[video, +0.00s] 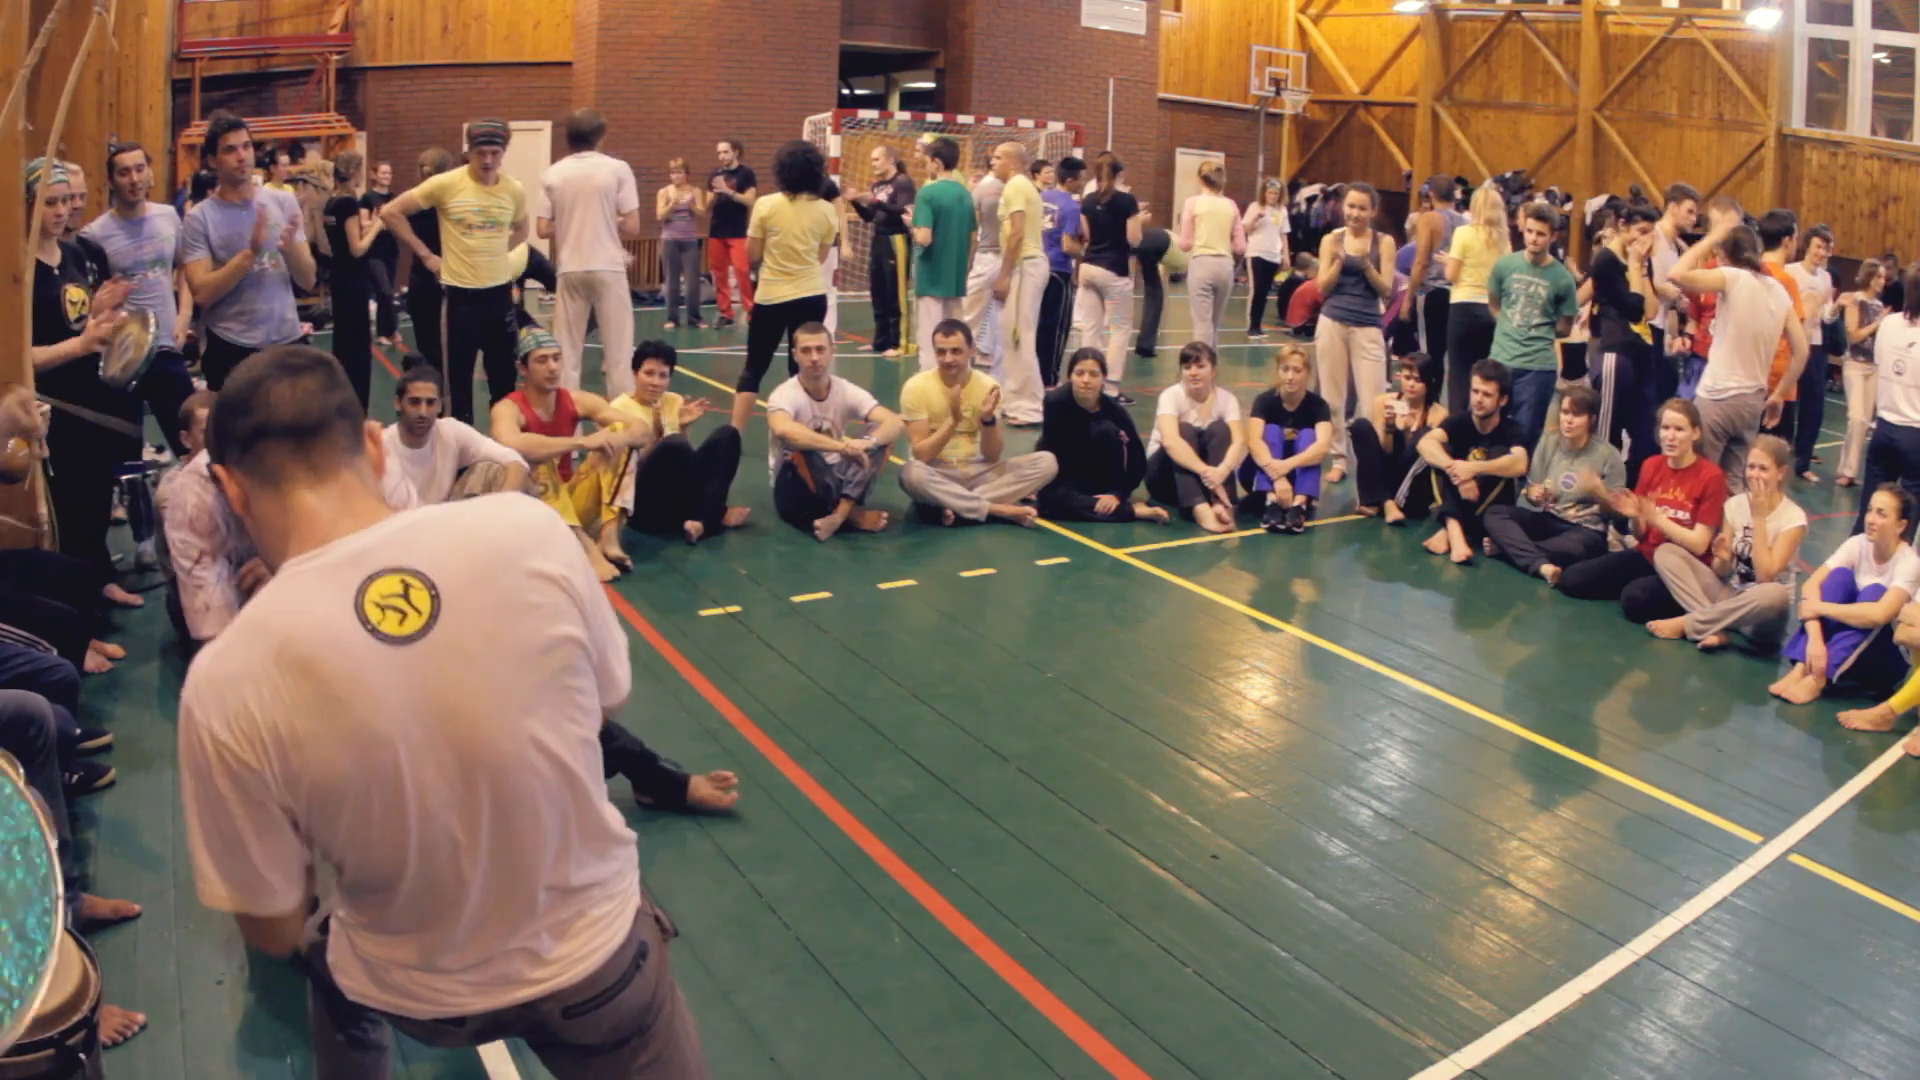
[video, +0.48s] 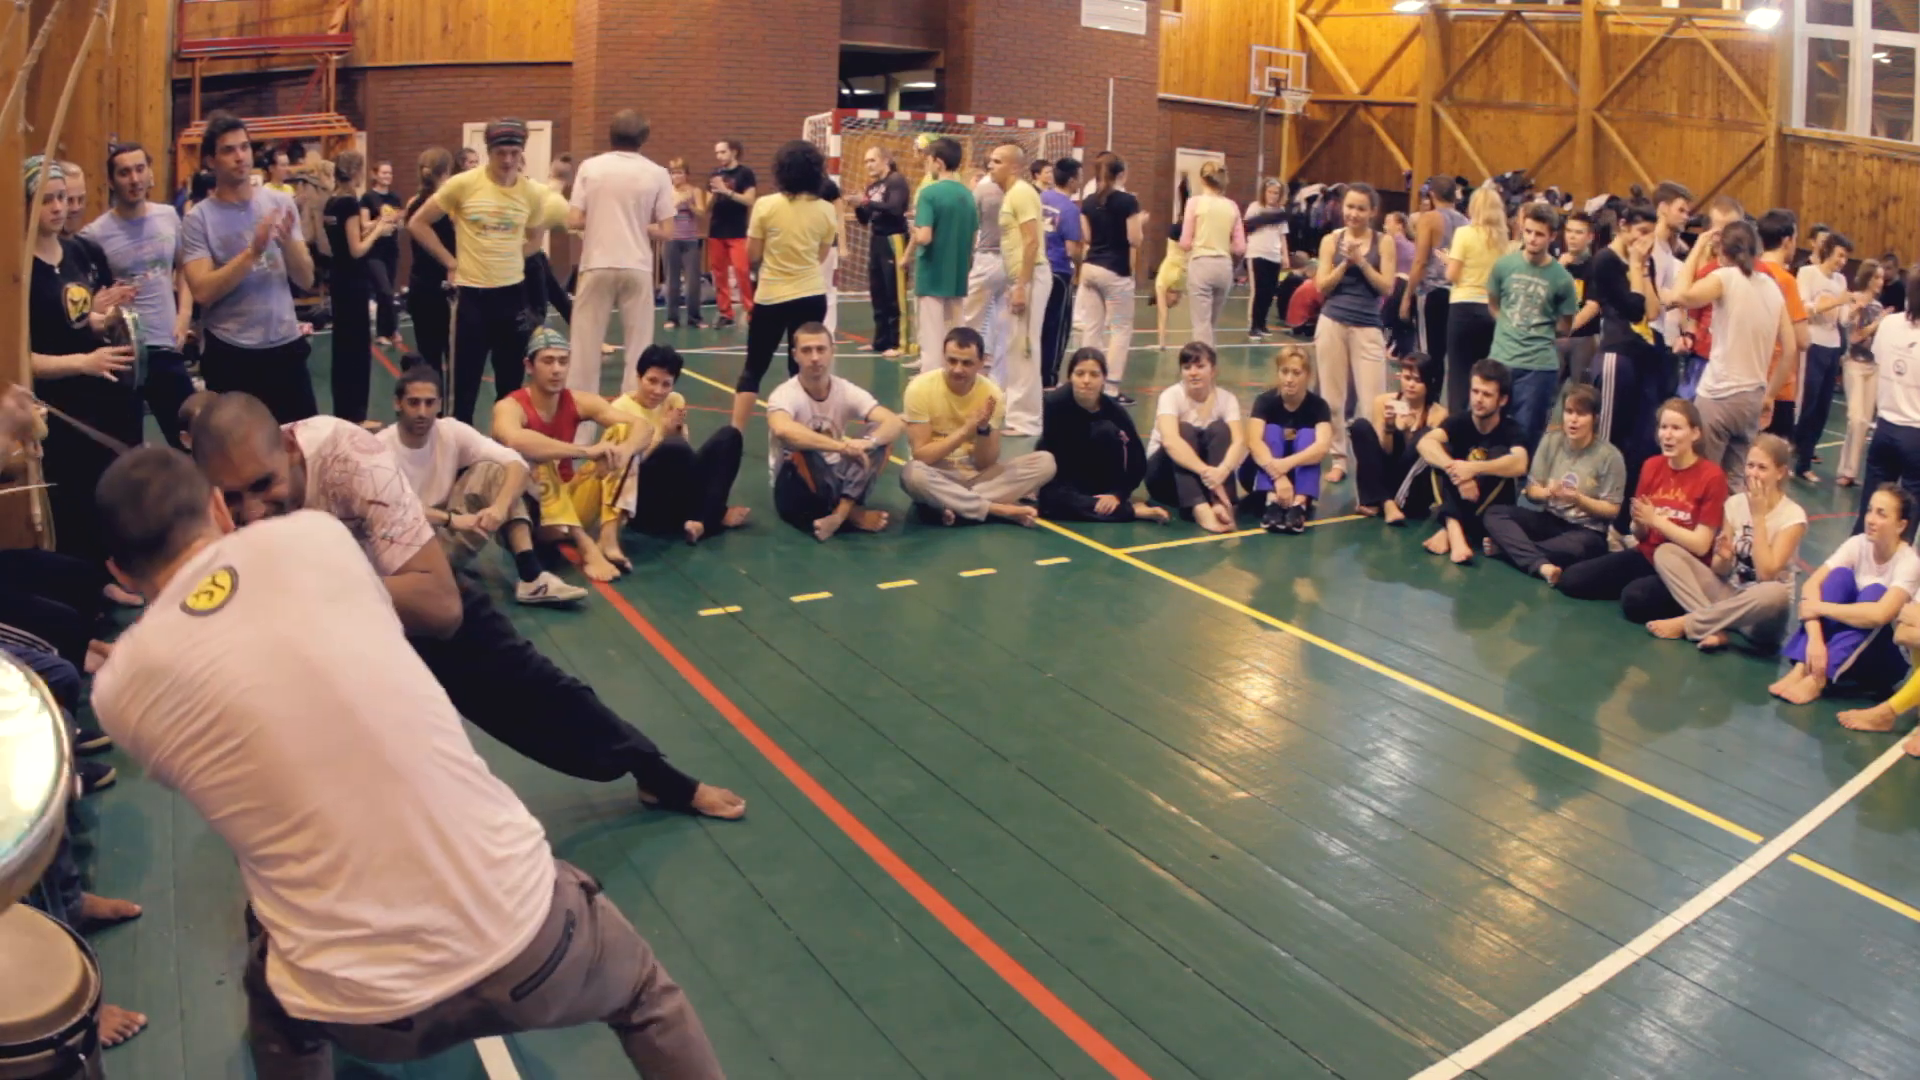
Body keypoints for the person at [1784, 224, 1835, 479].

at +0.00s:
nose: (1821, 253)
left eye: (1826, 249)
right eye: (1817, 247)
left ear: (1829, 252)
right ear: (1806, 247)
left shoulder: (1825, 277)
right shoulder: (1790, 272)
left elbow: (1825, 316)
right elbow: (1780, 306)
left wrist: (1836, 307)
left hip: (1816, 342)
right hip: (1791, 340)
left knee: (1813, 404)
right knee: (1786, 400)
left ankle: (1803, 463)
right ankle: (1780, 456)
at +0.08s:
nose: (1825, 253)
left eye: (1829, 248)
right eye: (1821, 247)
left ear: (1832, 252)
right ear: (1810, 247)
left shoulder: (1830, 277)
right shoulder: (1794, 272)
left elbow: (1828, 317)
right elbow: (1795, 311)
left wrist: (1837, 307)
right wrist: (1830, 303)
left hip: (1819, 343)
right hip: (1795, 341)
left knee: (1814, 405)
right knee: (1788, 401)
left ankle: (1803, 461)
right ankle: (1781, 456)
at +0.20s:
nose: (1832, 254)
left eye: (1836, 249)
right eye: (1828, 247)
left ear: (1838, 253)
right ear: (1816, 247)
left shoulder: (1834, 279)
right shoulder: (1799, 272)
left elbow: (1836, 316)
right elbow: (1796, 309)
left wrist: (1844, 306)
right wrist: (1825, 299)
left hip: (1823, 343)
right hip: (1800, 341)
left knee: (1816, 406)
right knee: (1792, 401)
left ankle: (1803, 461)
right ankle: (1781, 455)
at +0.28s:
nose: (1835, 255)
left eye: (1838, 251)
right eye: (1831, 249)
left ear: (1840, 255)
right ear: (1819, 249)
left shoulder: (1837, 280)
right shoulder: (1802, 273)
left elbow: (1838, 316)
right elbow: (1804, 313)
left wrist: (1848, 307)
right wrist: (1828, 300)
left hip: (1827, 345)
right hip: (1805, 343)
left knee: (1818, 406)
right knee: (1799, 402)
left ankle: (1804, 461)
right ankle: (1786, 454)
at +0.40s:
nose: (1840, 258)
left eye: (1842, 254)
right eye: (1836, 252)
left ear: (1843, 257)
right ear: (1824, 251)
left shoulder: (1840, 279)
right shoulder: (1806, 272)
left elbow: (1841, 317)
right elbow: (1808, 308)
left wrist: (1853, 306)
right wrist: (1843, 302)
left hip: (1831, 344)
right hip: (1811, 342)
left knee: (1822, 404)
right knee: (1807, 403)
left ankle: (1807, 453)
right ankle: (1801, 459)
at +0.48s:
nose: (1842, 262)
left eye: (1845, 258)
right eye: (1839, 256)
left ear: (1845, 258)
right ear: (1827, 253)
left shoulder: (1841, 280)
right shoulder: (1807, 273)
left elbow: (1842, 317)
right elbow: (1807, 307)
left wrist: (1854, 307)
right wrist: (1839, 300)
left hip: (1833, 343)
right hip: (1813, 341)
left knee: (1823, 406)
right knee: (1809, 403)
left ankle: (1806, 457)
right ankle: (1799, 457)